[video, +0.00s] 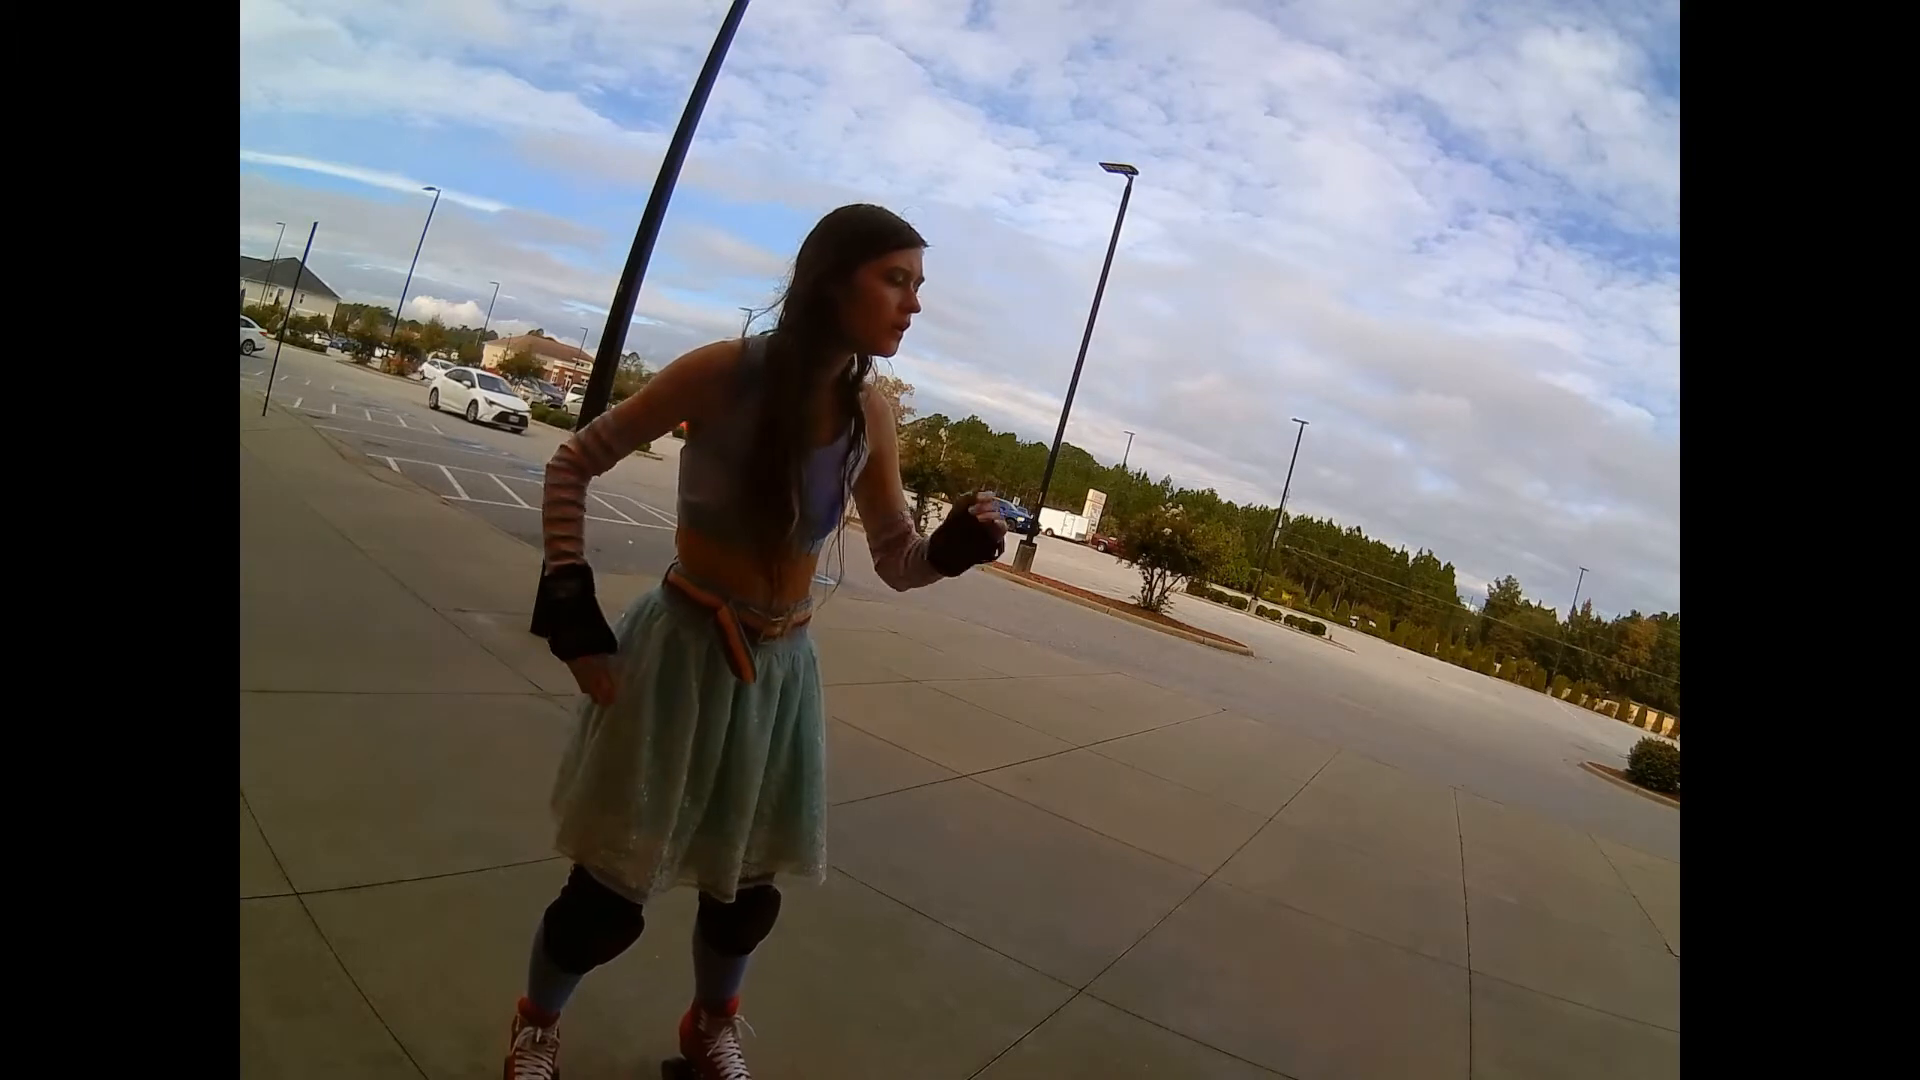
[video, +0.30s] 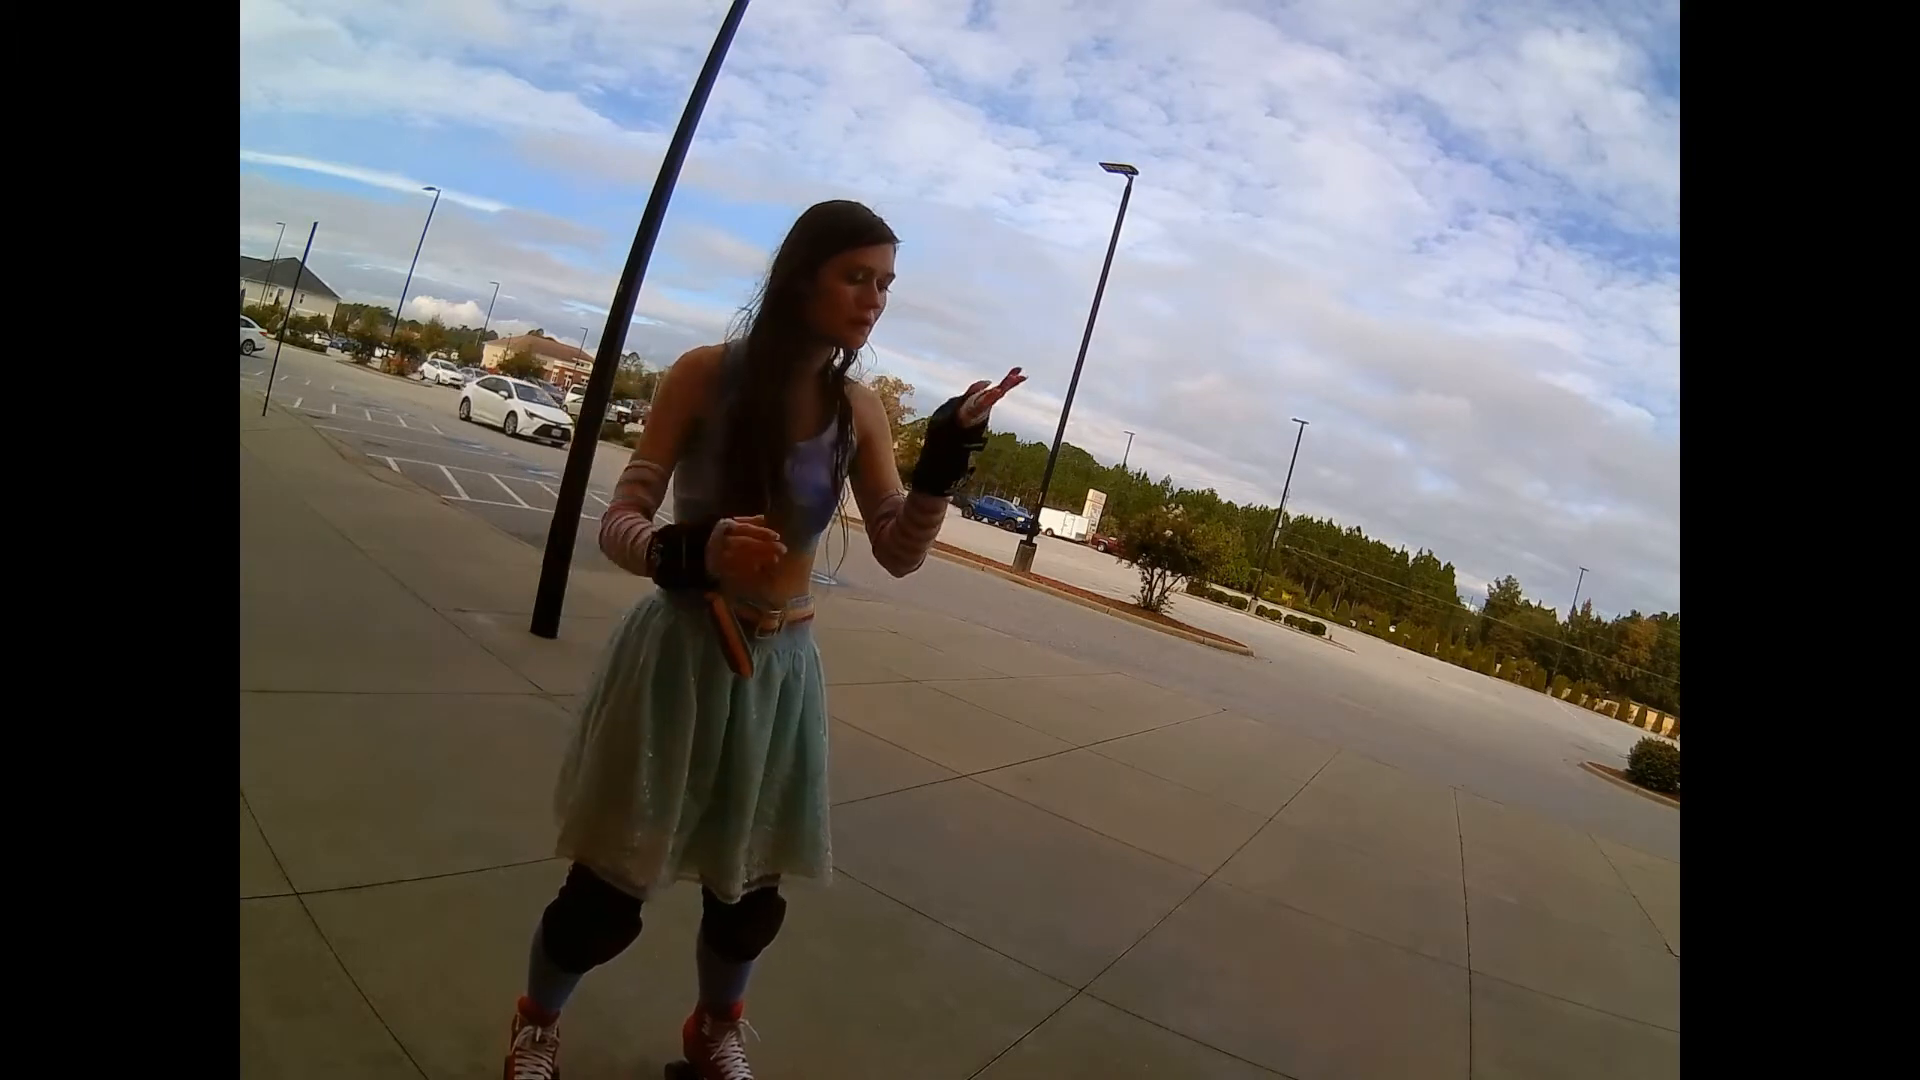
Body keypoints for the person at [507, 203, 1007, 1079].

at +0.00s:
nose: (914, 302)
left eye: (918, 284)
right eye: (898, 281)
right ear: (834, 283)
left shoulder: (870, 409)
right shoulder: (724, 376)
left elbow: (897, 558)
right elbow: (572, 463)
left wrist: (955, 549)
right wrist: (572, 612)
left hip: (781, 669)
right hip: (683, 652)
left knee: (746, 893)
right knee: (610, 896)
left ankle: (711, 1032)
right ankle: (538, 1027)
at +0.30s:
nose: (875, 299)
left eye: (885, 283)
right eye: (858, 278)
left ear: (886, 294)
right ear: (802, 276)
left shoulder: (857, 406)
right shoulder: (705, 377)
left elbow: (898, 552)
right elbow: (620, 522)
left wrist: (948, 445)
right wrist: (686, 555)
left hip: (780, 666)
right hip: (678, 647)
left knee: (751, 895)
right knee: (611, 892)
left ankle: (715, 1033)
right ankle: (538, 1023)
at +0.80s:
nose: (855, 285)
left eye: (869, 272)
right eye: (836, 265)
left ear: (877, 288)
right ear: (785, 268)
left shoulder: (861, 400)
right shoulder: (704, 370)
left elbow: (908, 552)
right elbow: (658, 526)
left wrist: (927, 454)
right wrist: (767, 448)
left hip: (785, 667)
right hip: (681, 650)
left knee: (754, 908)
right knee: (609, 907)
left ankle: (718, 1036)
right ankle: (536, 1037)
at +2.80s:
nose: (864, 296)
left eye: (880, 279)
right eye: (846, 275)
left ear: (889, 291)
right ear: (798, 273)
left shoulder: (858, 400)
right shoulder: (705, 375)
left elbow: (950, 519)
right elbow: (599, 512)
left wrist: (913, 403)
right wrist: (697, 511)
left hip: (781, 662)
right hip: (679, 646)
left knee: (750, 905)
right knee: (608, 907)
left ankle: (719, 1038)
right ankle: (537, 1034)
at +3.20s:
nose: (828, 288)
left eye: (850, 272)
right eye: (810, 266)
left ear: (871, 290)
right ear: (774, 270)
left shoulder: (862, 410)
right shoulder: (699, 373)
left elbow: (878, 578)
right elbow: (604, 503)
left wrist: (895, 483)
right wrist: (655, 547)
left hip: (776, 668)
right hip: (671, 650)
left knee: (747, 901)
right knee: (602, 895)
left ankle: (714, 1037)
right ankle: (535, 1037)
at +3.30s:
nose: (816, 286)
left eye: (839, 269)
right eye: (798, 264)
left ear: (863, 288)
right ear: (764, 272)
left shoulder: (865, 411)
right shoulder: (695, 373)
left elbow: (845, 544)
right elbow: (605, 496)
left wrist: (874, 609)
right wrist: (620, 570)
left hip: (773, 672)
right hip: (666, 656)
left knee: (746, 905)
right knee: (599, 896)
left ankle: (714, 1035)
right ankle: (535, 1033)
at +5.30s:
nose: (838, 316)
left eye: (862, 300)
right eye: (823, 293)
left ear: (897, 315)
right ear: (799, 297)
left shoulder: (902, 426)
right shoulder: (739, 382)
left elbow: (868, 568)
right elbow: (671, 521)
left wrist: (872, 683)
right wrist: (637, 640)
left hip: (811, 677)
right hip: (702, 652)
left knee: (760, 887)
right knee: (619, 868)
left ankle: (716, 1032)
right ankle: (579, 1034)